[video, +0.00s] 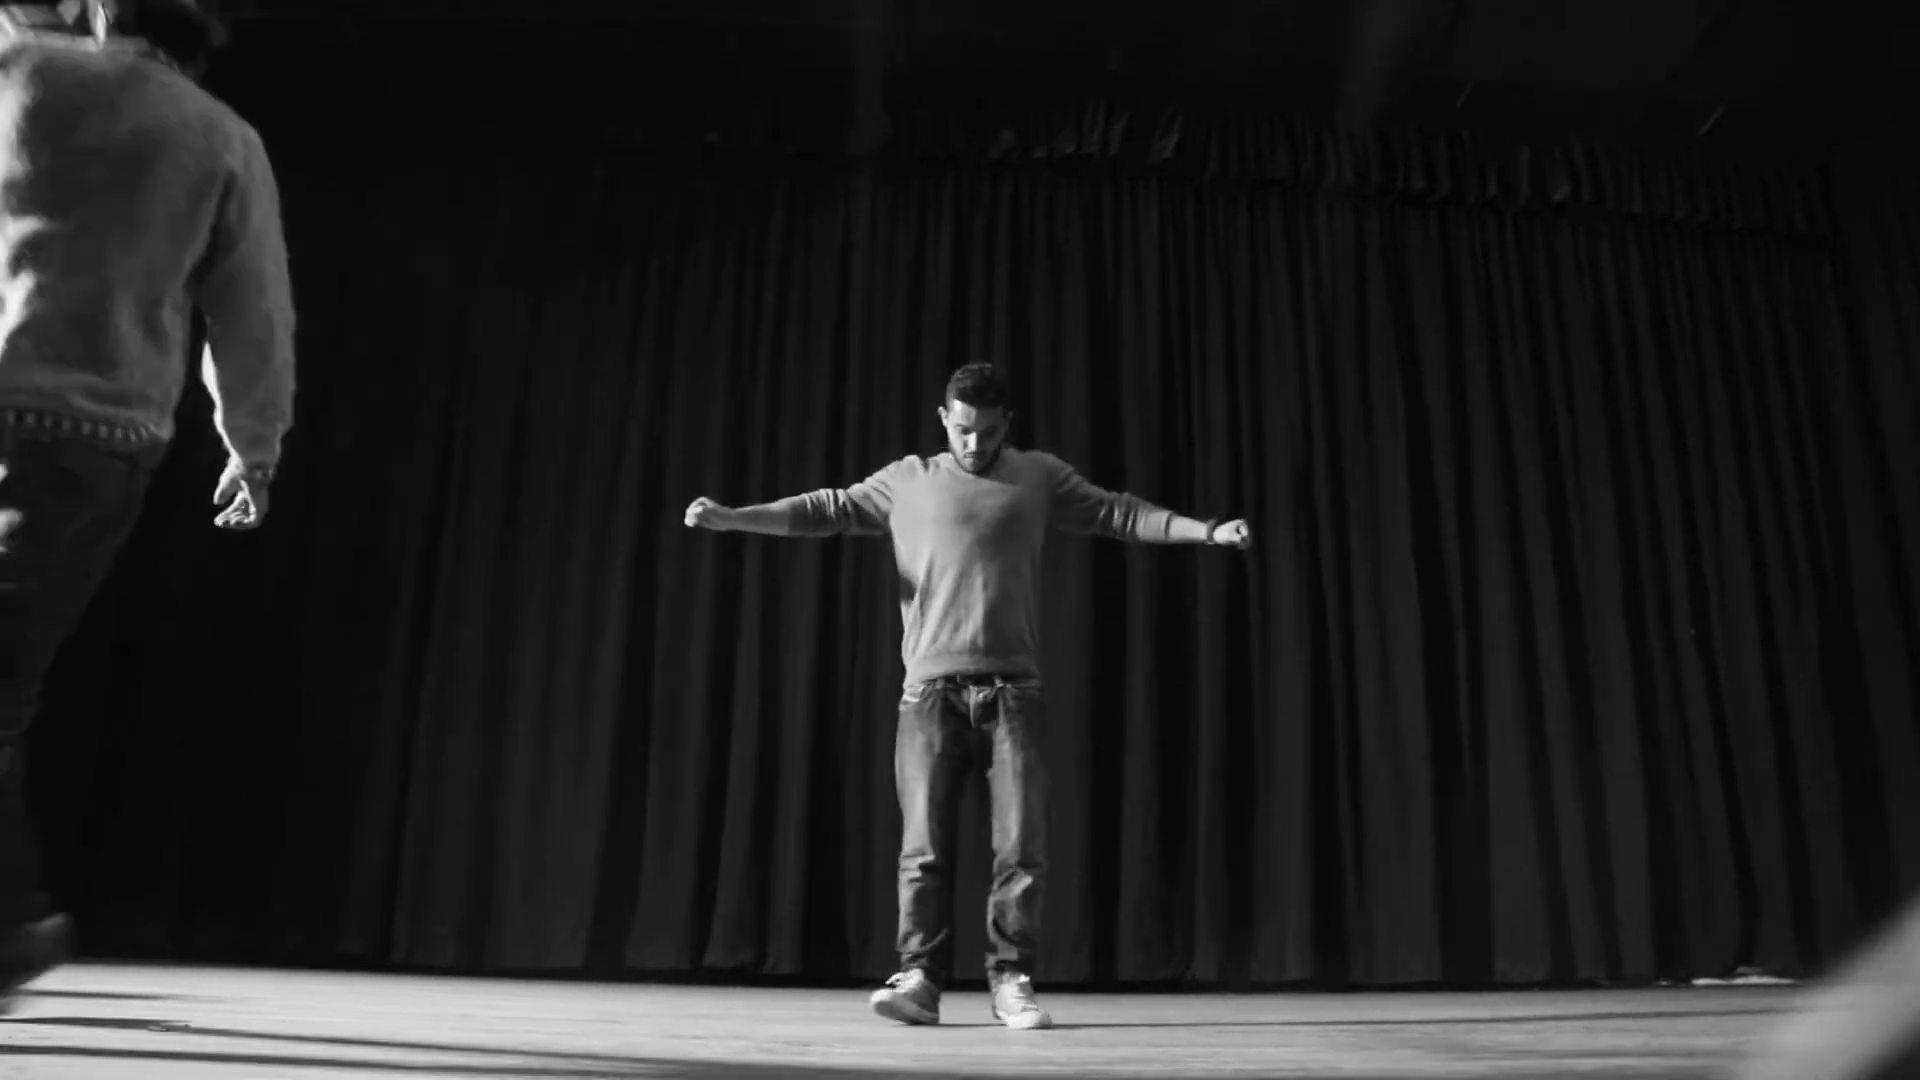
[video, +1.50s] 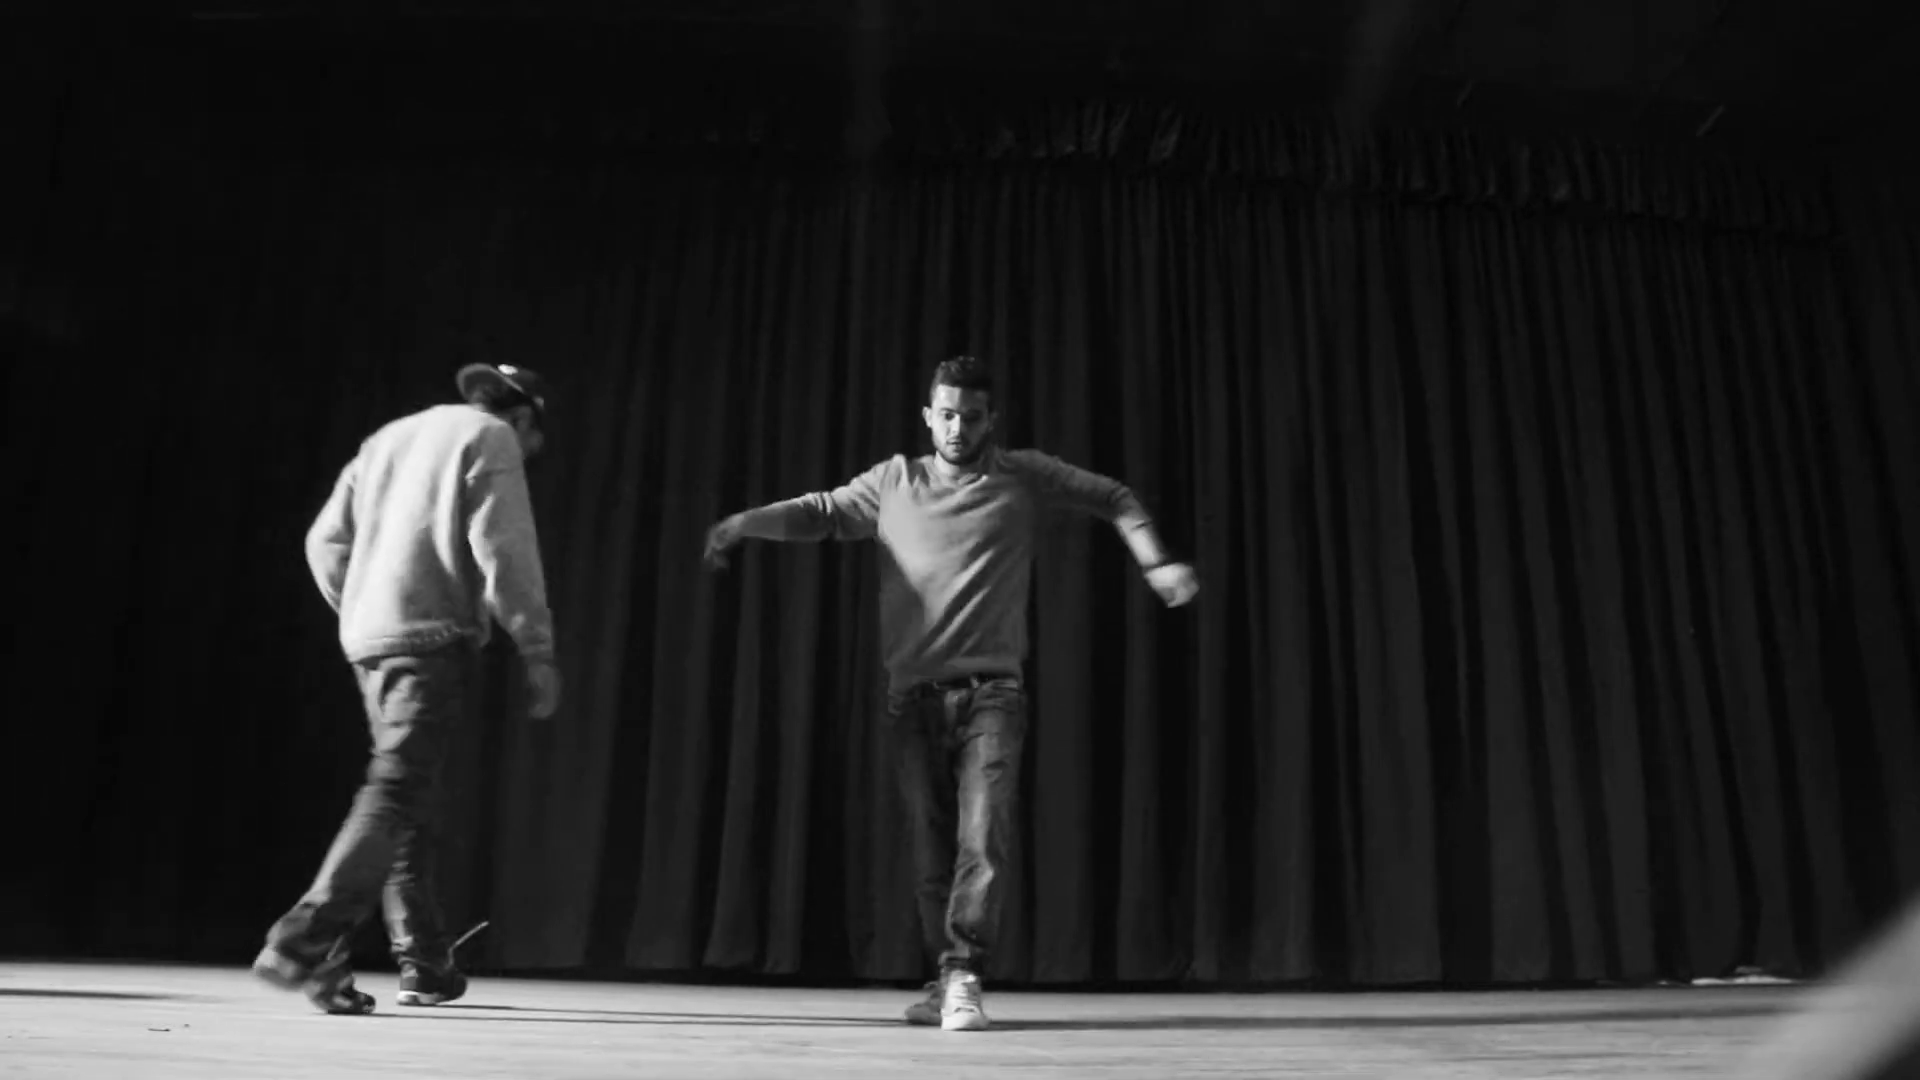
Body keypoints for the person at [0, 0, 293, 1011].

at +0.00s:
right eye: (203, 42)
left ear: (92, 14)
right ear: (193, 38)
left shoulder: (15, 70)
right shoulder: (222, 137)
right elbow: (252, 320)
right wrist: (255, 452)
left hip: (7, 419)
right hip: (105, 445)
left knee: (15, 680)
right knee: (15, 680)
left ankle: (18, 913)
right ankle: (13, 916)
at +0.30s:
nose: (233, 165)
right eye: (244, 150)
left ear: (158, 128)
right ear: (243, 142)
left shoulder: (87, 189)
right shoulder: (265, 218)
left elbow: (27, 210)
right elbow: (288, 384)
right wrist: (297, 524)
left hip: (46, 485)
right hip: (166, 497)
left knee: (45, 713)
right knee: (143, 710)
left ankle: (49, 956)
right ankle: (24, 841)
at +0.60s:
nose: (331, 240)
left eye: (332, 228)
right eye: (330, 226)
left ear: (240, 206)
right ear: (311, 216)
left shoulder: (164, 261)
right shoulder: (294, 269)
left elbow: (180, 378)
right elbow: (302, 404)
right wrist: (329, 517)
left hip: (131, 534)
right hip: (236, 550)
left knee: (96, 737)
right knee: (265, 749)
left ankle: (51, 955)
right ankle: (260, 954)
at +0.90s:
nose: (422, 303)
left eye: (423, 289)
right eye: (420, 287)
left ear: (338, 272)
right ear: (395, 276)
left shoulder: (262, 323)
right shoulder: (385, 346)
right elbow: (377, 483)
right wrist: (386, 599)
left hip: (237, 589)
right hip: (325, 598)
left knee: (220, 758)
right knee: (321, 787)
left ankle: (111, 886)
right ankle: (293, 963)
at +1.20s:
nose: (484, 363)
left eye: (487, 350)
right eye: (485, 348)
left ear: (420, 322)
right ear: (464, 333)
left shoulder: (332, 368)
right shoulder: (441, 382)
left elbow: (290, 450)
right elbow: (472, 510)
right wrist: (524, 593)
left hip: (307, 602)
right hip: (382, 604)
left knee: (348, 775)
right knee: (341, 784)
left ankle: (312, 958)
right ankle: (288, 962)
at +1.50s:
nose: (528, 449)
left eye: (532, 440)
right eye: (531, 435)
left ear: (478, 399)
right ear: (517, 414)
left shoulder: (384, 440)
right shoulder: (488, 435)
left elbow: (325, 540)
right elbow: (503, 547)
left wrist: (366, 614)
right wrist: (538, 654)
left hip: (366, 636)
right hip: (428, 634)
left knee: (404, 797)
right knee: (391, 793)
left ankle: (424, 966)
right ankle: (303, 950)